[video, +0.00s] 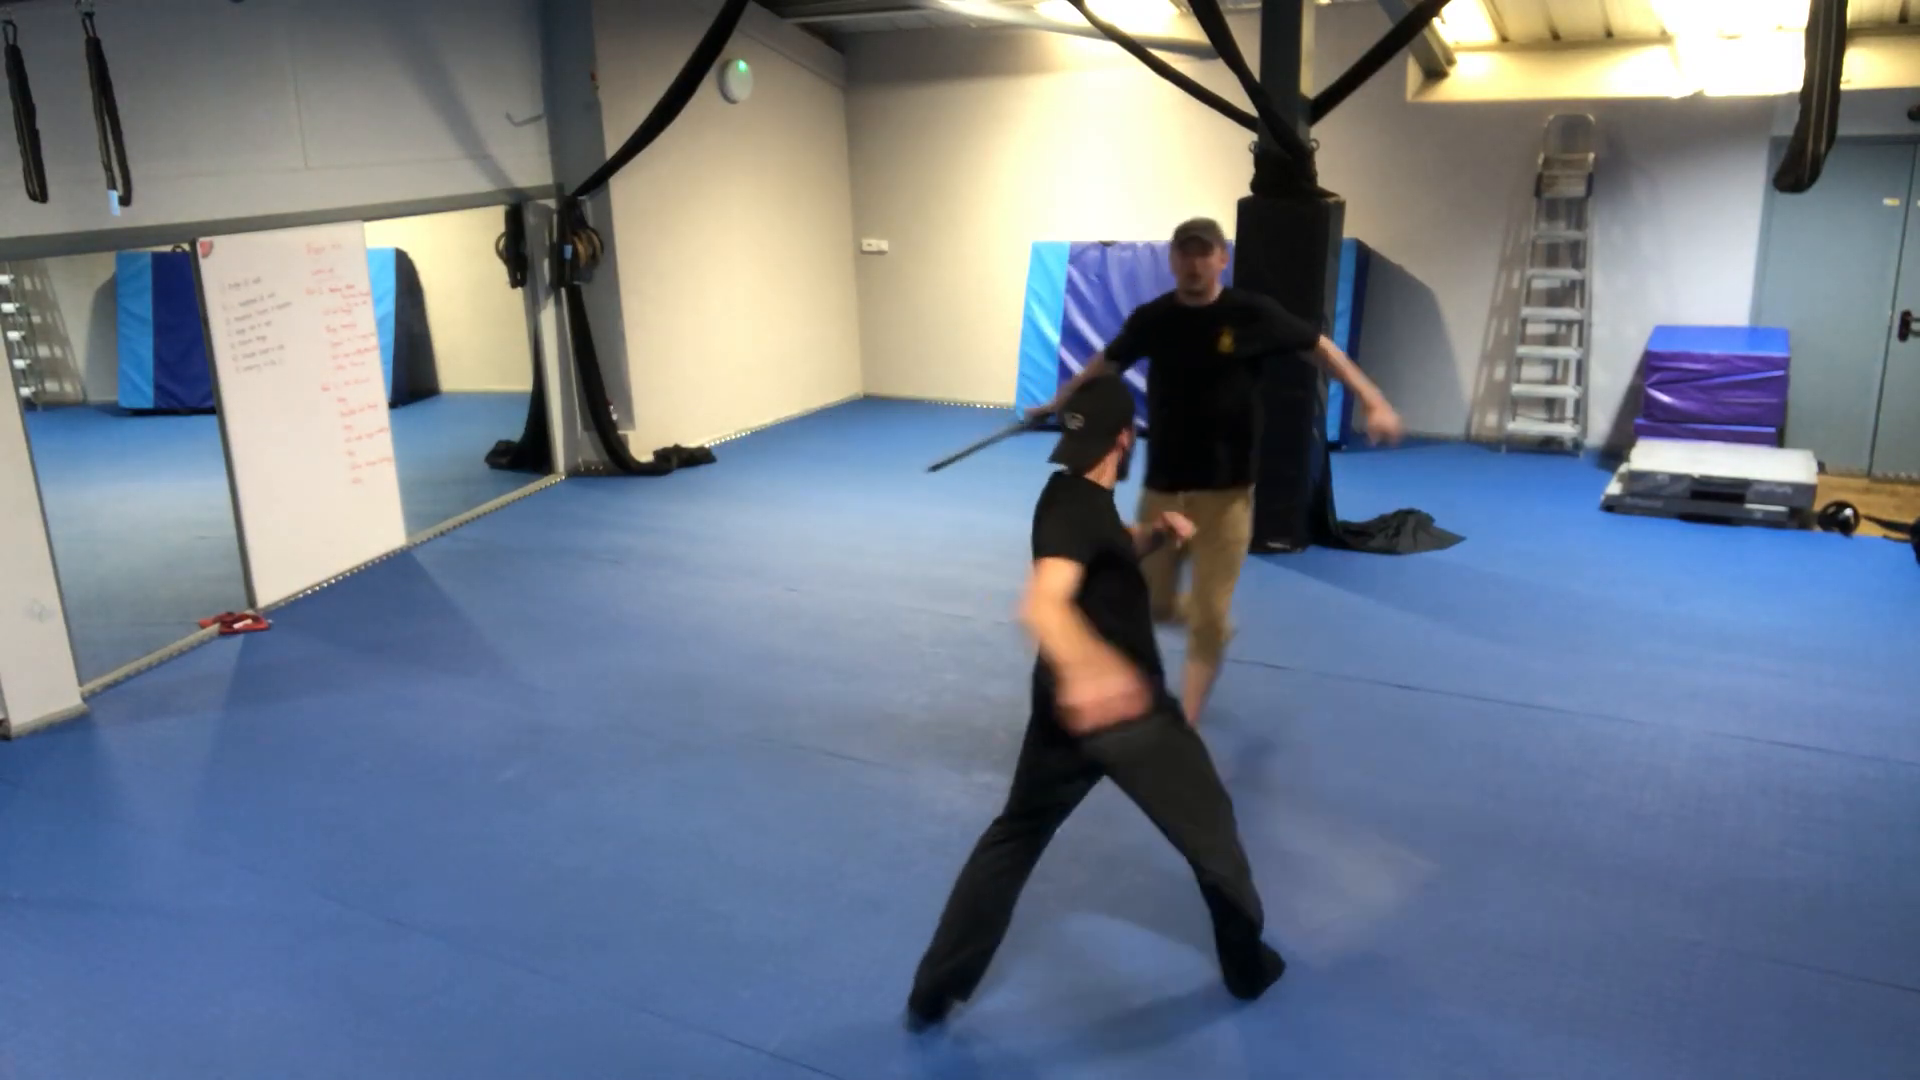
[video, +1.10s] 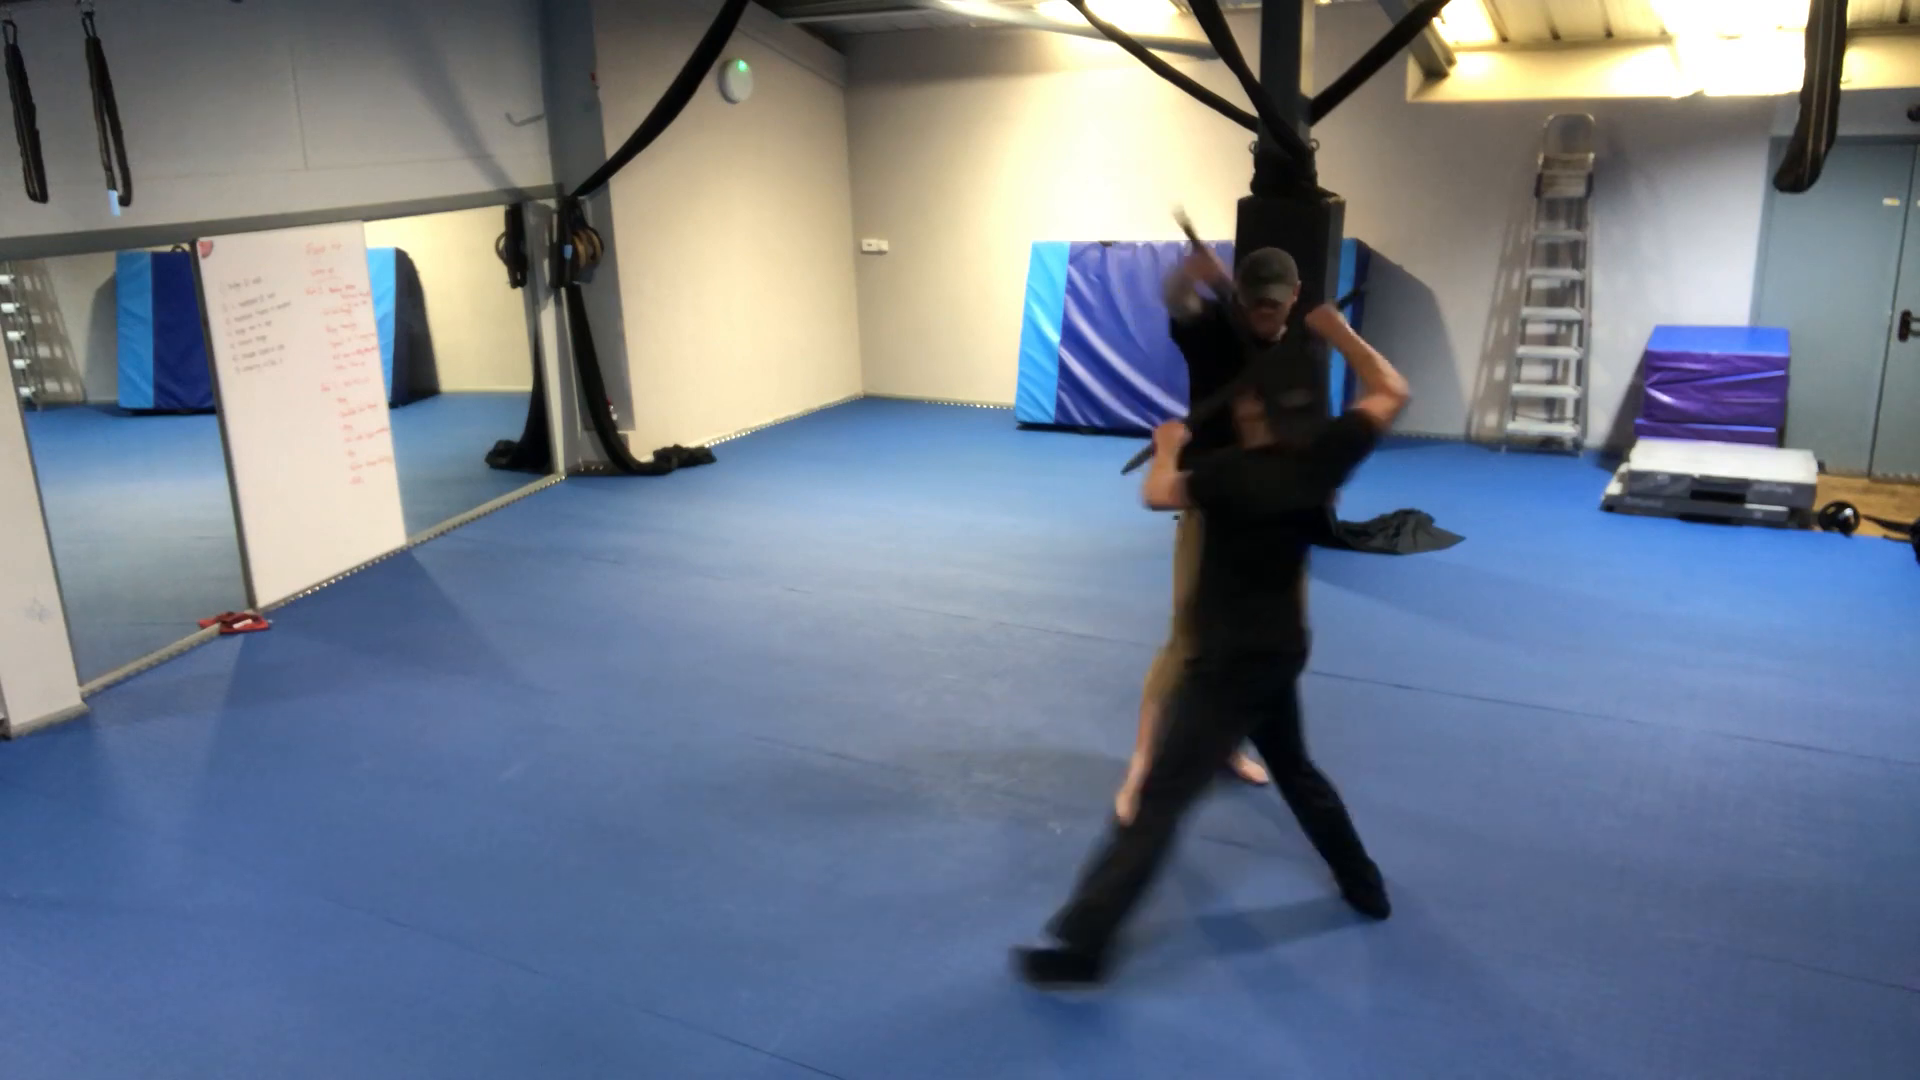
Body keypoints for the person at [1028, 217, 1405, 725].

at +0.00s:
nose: (1193, 265)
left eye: (1203, 255)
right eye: (1185, 255)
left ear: (1222, 259)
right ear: (1172, 260)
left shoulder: (1253, 314)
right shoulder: (1153, 319)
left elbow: (1320, 349)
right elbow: (1103, 364)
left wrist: (1375, 402)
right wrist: (1057, 403)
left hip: (1226, 492)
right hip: (1163, 489)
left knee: (1207, 615)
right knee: (1154, 603)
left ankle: (1185, 726)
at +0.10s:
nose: (1209, 282)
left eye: (1219, 272)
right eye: (1201, 272)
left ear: (1238, 274)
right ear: (1189, 275)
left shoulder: (1267, 331)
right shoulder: (1172, 332)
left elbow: (1309, 380)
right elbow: (1135, 385)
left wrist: (1334, 440)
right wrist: (1114, 435)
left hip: (1248, 487)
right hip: (1192, 485)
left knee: (1232, 599)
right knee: (1208, 583)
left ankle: (1255, 706)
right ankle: (1251, 615)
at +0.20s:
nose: (1215, 308)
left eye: (1225, 298)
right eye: (1208, 297)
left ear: (1245, 304)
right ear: (1198, 302)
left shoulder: (1271, 360)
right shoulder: (1185, 360)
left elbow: (1310, 418)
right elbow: (1177, 423)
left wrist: (1300, 487)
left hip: (1266, 497)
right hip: (1217, 496)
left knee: (1241, 603)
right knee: (1245, 577)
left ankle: (1301, 700)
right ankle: (1282, 630)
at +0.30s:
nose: (1214, 305)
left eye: (1225, 295)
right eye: (1207, 294)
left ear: (1245, 297)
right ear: (1199, 297)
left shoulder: (1271, 353)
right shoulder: (1198, 354)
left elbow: (1312, 428)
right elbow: (1200, 416)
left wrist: (1249, 473)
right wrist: (1169, 458)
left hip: (1280, 491)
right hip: (1230, 487)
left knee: (1244, 588)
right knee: (1250, 577)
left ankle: (1294, 693)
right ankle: (1287, 636)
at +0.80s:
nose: (1262, 316)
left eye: (1273, 306)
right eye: (1254, 305)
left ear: (1294, 306)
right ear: (1244, 304)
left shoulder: (1305, 361)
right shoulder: (1236, 349)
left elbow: (1292, 441)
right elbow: (1212, 382)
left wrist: (1210, 427)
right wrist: (1158, 372)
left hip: (1281, 498)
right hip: (1229, 492)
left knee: (1236, 614)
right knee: (1240, 575)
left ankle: (1237, 734)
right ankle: (1294, 632)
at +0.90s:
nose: (1283, 311)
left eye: (1293, 302)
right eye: (1274, 301)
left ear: (1312, 301)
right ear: (1260, 300)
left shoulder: (1322, 368)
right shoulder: (1237, 338)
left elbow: (1321, 446)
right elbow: (1160, 322)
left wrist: (1261, 430)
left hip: (1275, 516)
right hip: (1212, 502)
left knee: (1255, 636)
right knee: (1182, 613)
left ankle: (1238, 733)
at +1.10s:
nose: (1270, 321)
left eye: (1279, 310)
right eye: (1261, 310)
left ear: (1295, 301)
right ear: (1242, 299)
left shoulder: (1303, 346)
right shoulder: (1211, 336)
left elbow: (1316, 421)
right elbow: (1177, 301)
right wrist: (1191, 272)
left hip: (1275, 509)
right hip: (1208, 505)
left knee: (1263, 638)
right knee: (1189, 641)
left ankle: (1231, 741)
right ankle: (1142, 768)